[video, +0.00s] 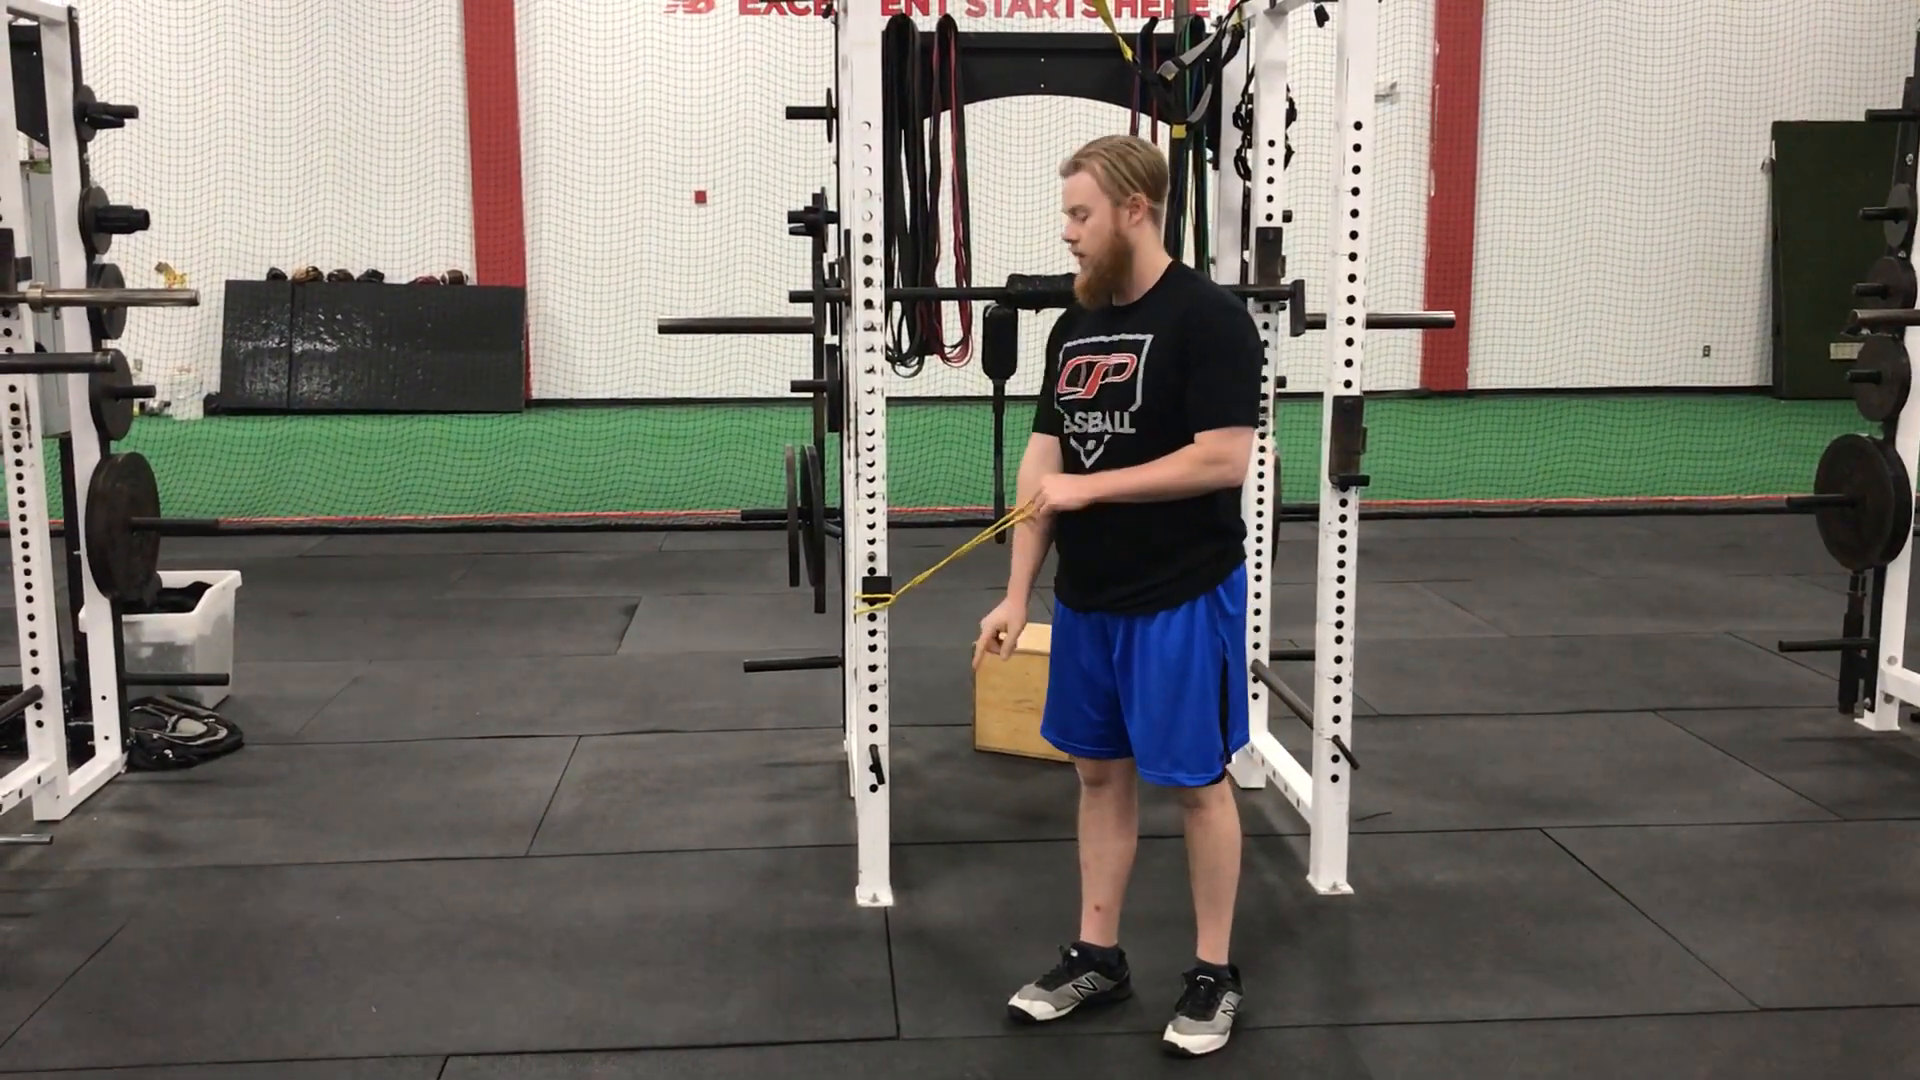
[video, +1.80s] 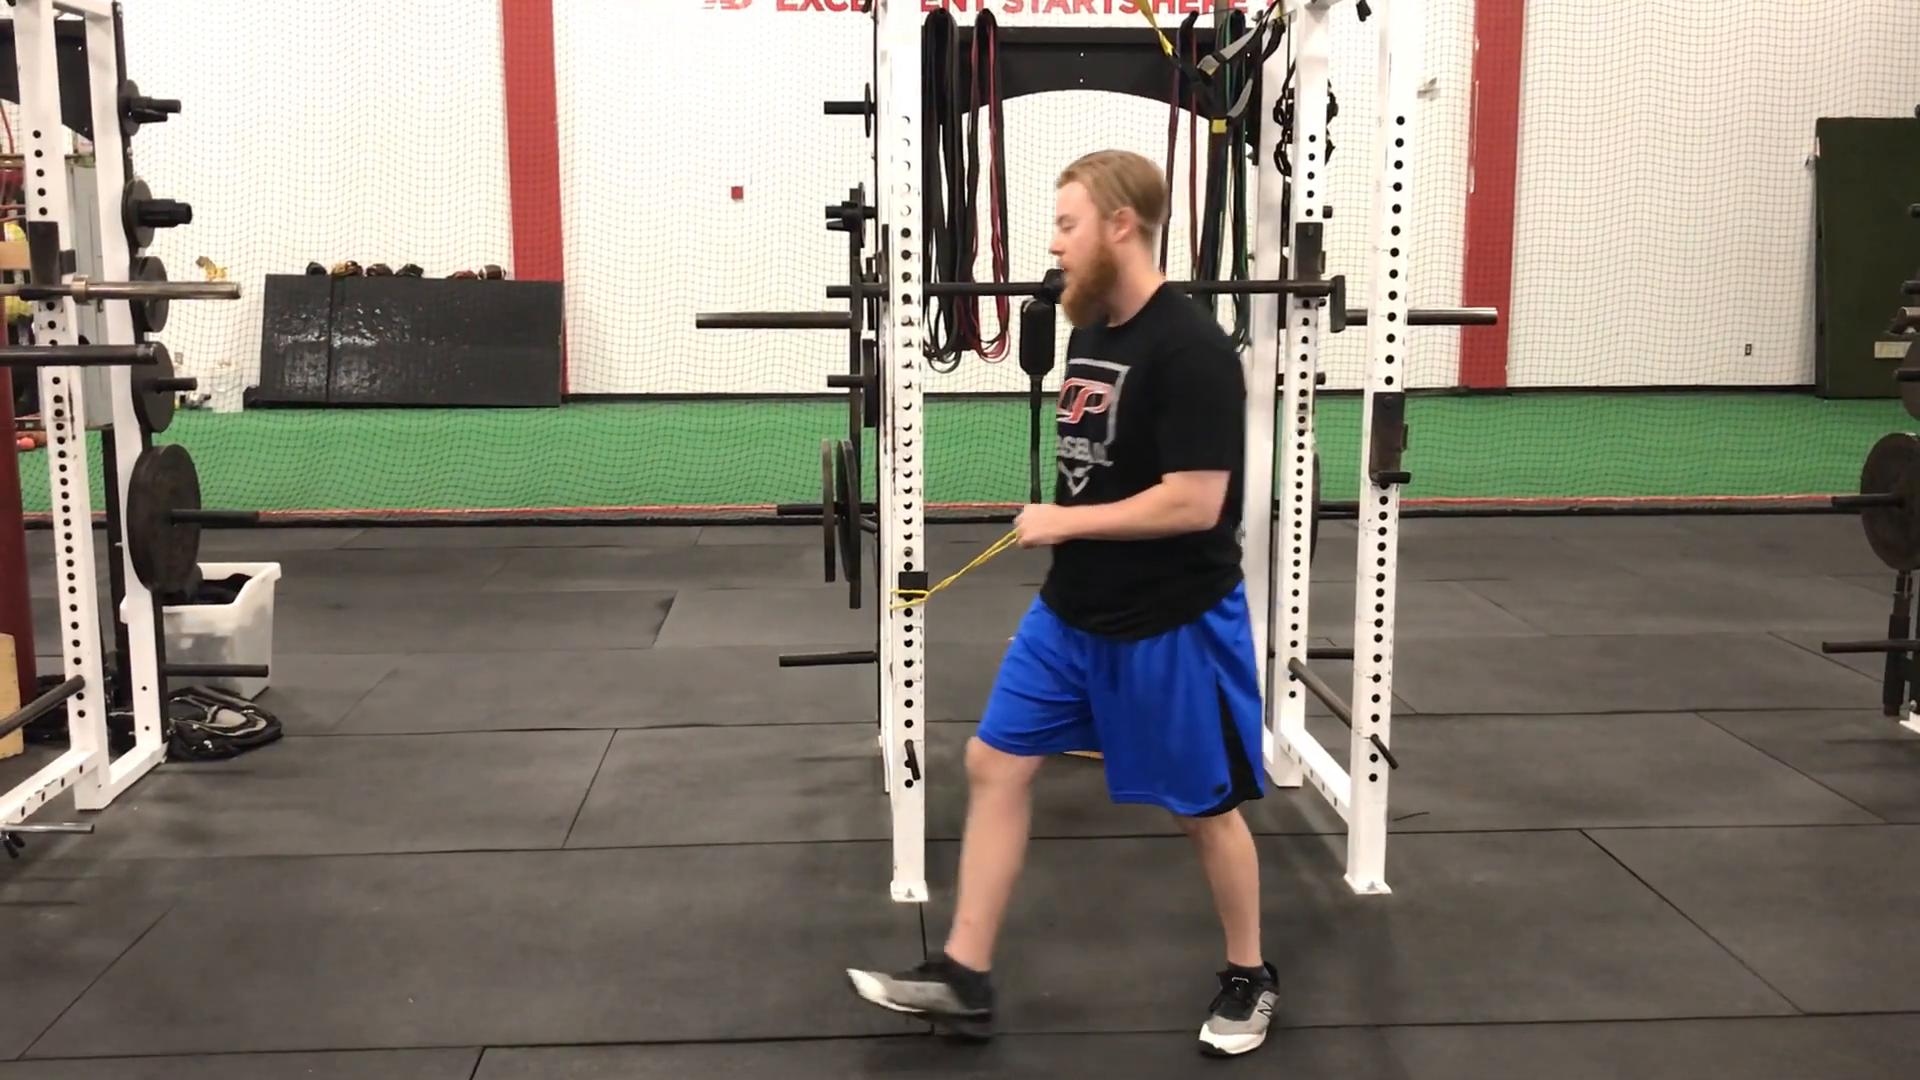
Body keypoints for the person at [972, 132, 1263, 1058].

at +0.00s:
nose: (1066, 233)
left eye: (1079, 215)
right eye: (1064, 215)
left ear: (1136, 213)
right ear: (1115, 216)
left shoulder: (1210, 318)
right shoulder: (1078, 328)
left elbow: (1228, 459)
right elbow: (1045, 460)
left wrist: (1088, 486)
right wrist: (1018, 591)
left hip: (1185, 598)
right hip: (1089, 597)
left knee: (1198, 781)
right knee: (1099, 772)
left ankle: (1211, 974)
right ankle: (1097, 957)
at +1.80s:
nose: (1054, 244)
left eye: (1066, 224)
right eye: (1054, 226)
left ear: (1124, 228)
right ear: (1114, 230)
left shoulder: (1190, 344)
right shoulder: (1092, 333)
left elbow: (1198, 498)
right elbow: (1111, 468)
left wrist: (1067, 521)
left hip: (1171, 623)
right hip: (1072, 610)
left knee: (1205, 807)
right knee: (997, 761)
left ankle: (1248, 974)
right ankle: (964, 975)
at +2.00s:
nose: (951, 257)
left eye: (963, 237)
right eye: (953, 238)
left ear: (1019, 243)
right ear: (1018, 245)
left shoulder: (1078, 352)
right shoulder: (1015, 351)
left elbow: (1090, 505)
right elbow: (1051, 467)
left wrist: (963, 537)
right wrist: (1009, 432)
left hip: (1094, 642)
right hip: (996, 630)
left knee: (1148, 818)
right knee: (917, 781)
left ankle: (1244, 964)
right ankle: (898, 993)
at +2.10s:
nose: (899, 250)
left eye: (910, 231)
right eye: (901, 231)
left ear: (959, 236)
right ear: (966, 239)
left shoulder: (1012, 342)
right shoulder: (975, 341)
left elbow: (1014, 495)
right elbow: (1008, 450)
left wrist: (914, 530)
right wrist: (945, 428)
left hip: (1034, 638)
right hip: (949, 626)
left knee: (1072, 837)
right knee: (881, 782)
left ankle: (1218, 943)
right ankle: (895, 995)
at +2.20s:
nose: (852, 236)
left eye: (864, 216)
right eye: (857, 218)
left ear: (913, 226)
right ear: (925, 230)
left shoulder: (957, 328)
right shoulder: (932, 328)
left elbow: (949, 481)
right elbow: (951, 477)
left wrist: (861, 500)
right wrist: (884, 499)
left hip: (988, 626)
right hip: (920, 618)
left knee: (976, 841)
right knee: (870, 783)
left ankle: (1150, 929)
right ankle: (895, 993)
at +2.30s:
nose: (822, 222)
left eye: (834, 205)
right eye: (828, 205)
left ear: (873, 216)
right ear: (894, 220)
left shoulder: (903, 317)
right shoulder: (909, 311)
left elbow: (892, 472)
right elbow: (909, 466)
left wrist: (823, 477)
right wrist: (848, 470)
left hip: (946, 608)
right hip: (914, 604)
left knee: (888, 823)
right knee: (860, 788)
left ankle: (1054, 973)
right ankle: (898, 995)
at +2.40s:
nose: (797, 212)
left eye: (807, 195)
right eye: (804, 194)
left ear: (841, 208)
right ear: (873, 216)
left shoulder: (846, 311)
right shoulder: (911, 312)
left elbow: (836, 464)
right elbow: (911, 459)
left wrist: (793, 475)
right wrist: (817, 472)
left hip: (897, 607)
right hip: (947, 599)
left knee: (815, 824)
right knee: (876, 802)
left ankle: (936, 1031)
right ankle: (896, 991)